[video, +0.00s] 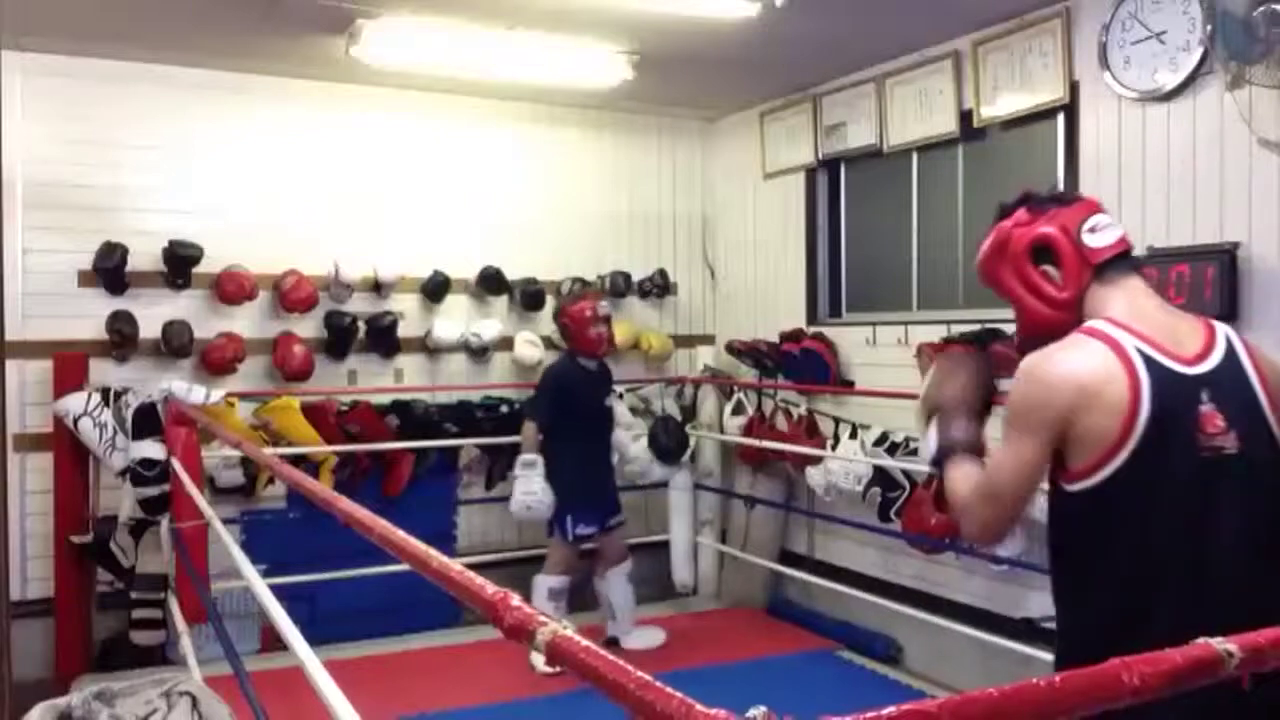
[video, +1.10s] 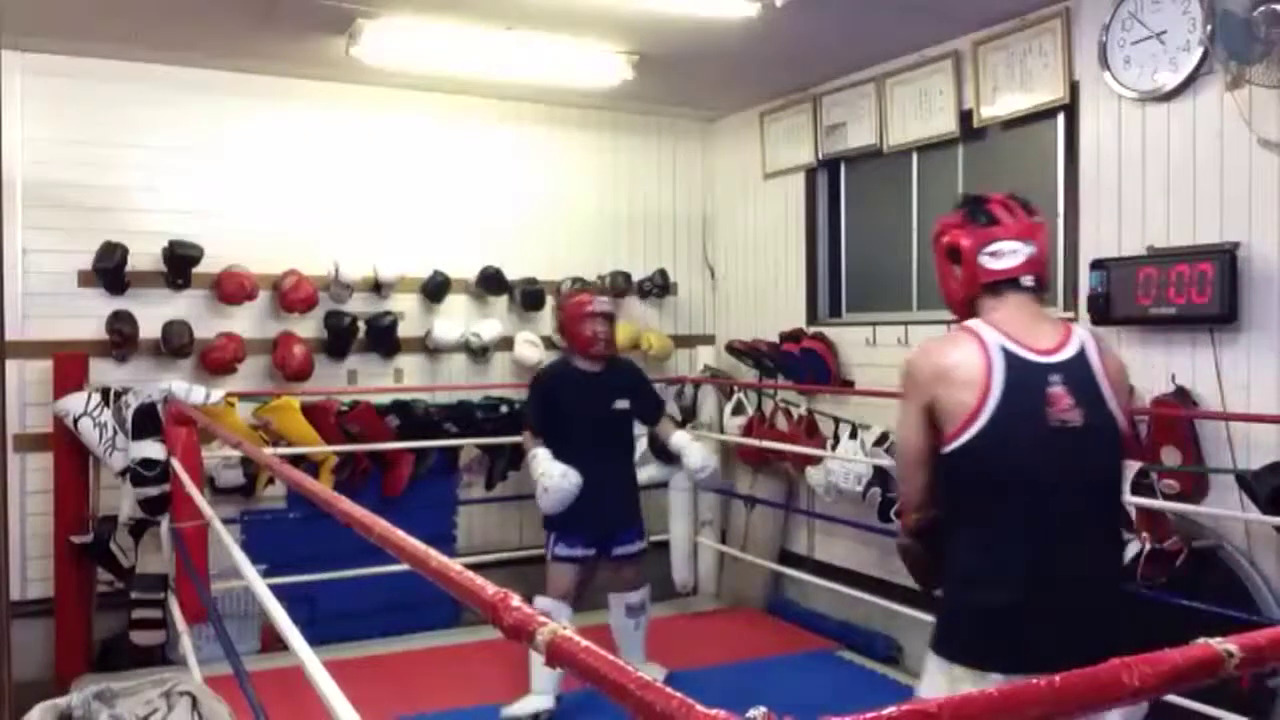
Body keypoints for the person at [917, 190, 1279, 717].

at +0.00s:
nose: (1017, 316)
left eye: (1015, 294)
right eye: (1010, 297)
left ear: (1049, 269)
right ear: (1114, 250)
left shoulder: (1061, 372)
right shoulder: (1247, 357)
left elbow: (980, 521)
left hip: (1122, 699)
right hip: (1255, 689)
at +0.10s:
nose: (1014, 320)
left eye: (1011, 303)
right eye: (1006, 306)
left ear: (1041, 279)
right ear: (1108, 257)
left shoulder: (1051, 374)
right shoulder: (1244, 370)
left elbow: (961, 493)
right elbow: (1268, 536)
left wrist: (965, 376)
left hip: (1100, 698)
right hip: (1233, 690)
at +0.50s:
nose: (1027, 295)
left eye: (1029, 276)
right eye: (1025, 278)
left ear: (1052, 267)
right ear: (1124, 266)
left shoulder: (1048, 354)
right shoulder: (1203, 374)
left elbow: (957, 481)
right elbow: (1252, 530)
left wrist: (907, 412)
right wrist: (1260, 628)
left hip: (1050, 677)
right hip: (1164, 675)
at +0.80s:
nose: (1011, 274)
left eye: (1016, 259)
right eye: (1014, 260)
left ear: (1031, 260)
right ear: (1106, 263)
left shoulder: (1016, 348)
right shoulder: (1161, 364)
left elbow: (972, 488)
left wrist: (922, 438)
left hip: (1034, 657)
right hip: (1142, 661)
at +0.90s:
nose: (985, 274)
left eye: (989, 258)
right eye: (988, 259)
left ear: (1005, 261)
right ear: (1083, 260)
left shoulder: (992, 346)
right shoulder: (1133, 356)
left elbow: (970, 487)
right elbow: (1138, 491)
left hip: (1021, 658)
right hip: (1127, 655)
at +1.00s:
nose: (964, 279)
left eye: (967, 263)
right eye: (965, 263)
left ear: (985, 266)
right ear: (1064, 264)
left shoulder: (966, 351)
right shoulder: (1129, 364)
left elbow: (957, 489)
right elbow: (1121, 488)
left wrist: (942, 382)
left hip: (1006, 657)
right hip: (1117, 655)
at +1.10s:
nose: (942, 280)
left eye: (945, 266)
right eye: (943, 266)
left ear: (959, 268)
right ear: (1039, 265)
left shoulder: (938, 362)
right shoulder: (1102, 359)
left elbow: (915, 513)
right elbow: (1116, 478)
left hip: (986, 658)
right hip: (1097, 650)